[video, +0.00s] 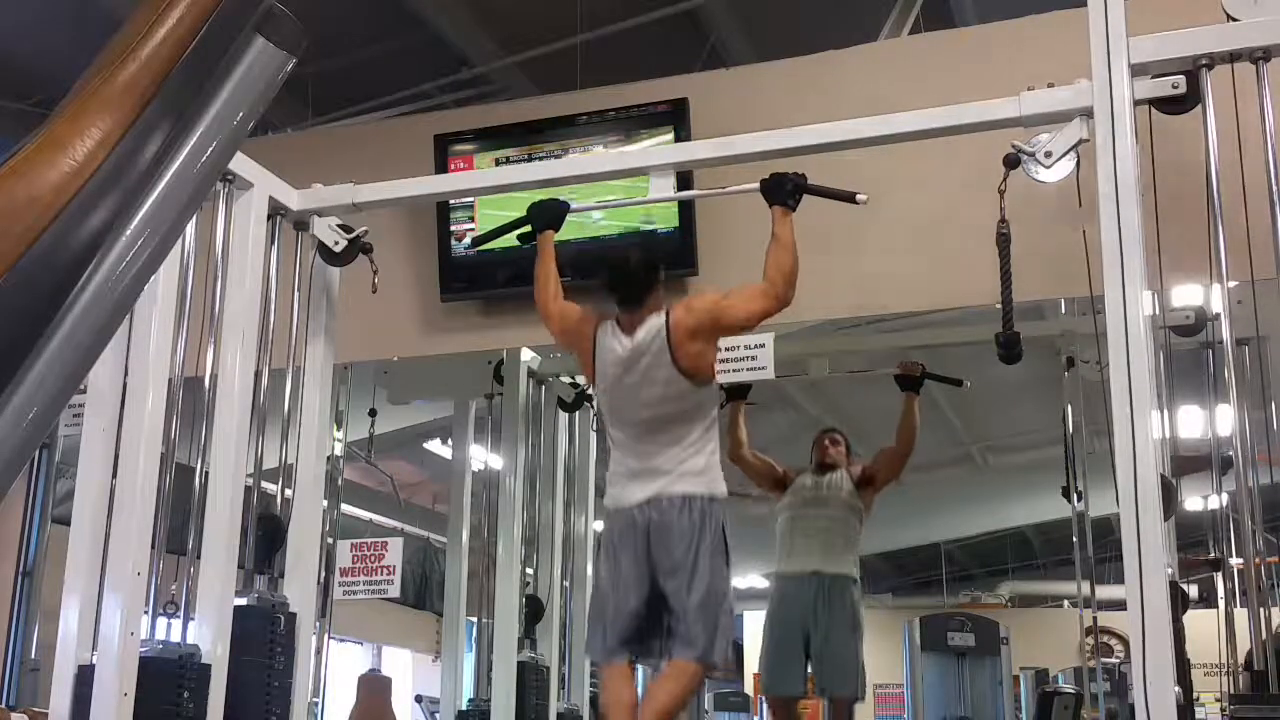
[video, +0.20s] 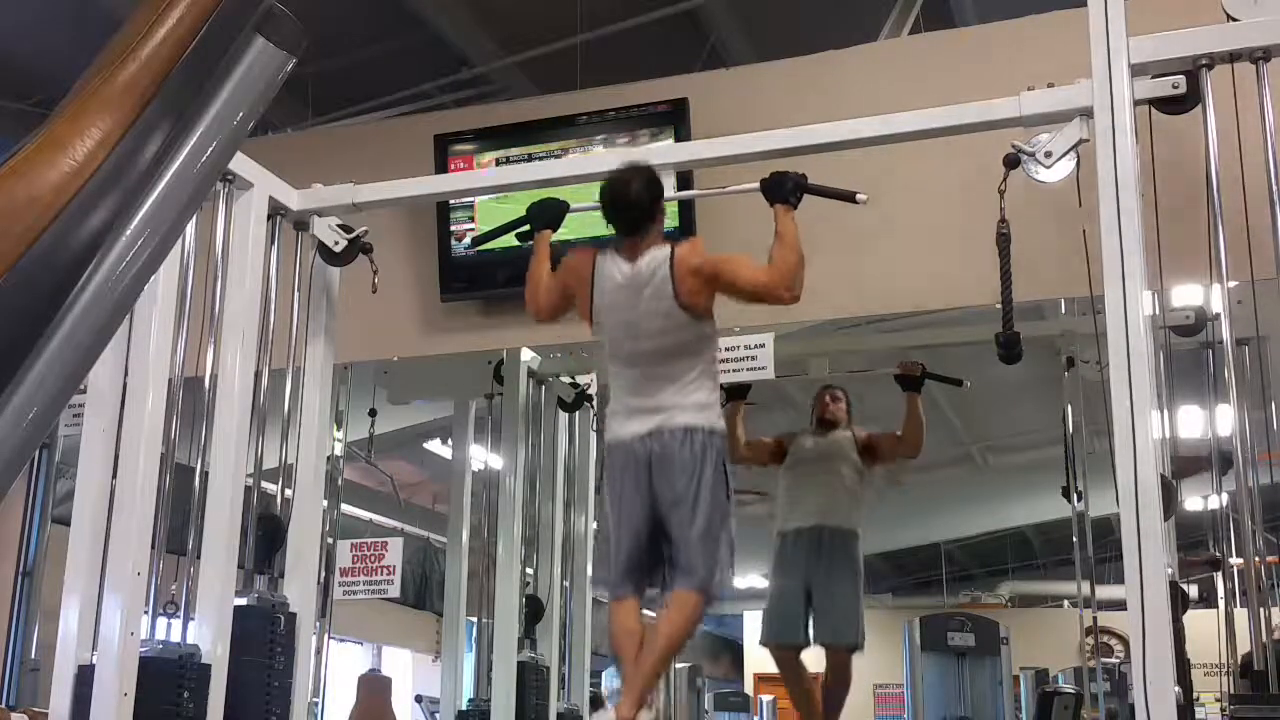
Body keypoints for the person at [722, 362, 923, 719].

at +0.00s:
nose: (828, 445)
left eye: (836, 442)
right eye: (822, 442)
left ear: (848, 455)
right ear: (811, 454)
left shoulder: (860, 480)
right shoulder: (789, 480)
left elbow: (902, 450)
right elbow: (739, 453)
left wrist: (910, 394)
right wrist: (736, 401)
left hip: (839, 589)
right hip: (788, 588)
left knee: (841, 696)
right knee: (779, 694)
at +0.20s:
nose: (828, 400)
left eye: (836, 398)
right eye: (822, 398)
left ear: (848, 413)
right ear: (813, 412)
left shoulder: (859, 441)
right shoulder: (792, 443)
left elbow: (910, 446)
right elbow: (740, 451)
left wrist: (912, 392)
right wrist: (735, 405)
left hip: (839, 543)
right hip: (791, 543)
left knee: (838, 646)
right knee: (781, 643)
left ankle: (829, 717)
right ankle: (811, 715)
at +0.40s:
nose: (824, 365)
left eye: (832, 360)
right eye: (817, 360)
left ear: (844, 372)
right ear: (808, 372)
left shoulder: (863, 410)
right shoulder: (788, 411)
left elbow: (907, 444)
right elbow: (741, 450)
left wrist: (912, 392)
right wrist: (737, 402)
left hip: (842, 512)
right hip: (794, 514)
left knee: (843, 620)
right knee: (788, 615)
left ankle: (833, 712)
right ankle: (830, 709)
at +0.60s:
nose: (826, 396)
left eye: (835, 393)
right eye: (821, 393)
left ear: (847, 408)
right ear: (812, 407)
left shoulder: (859, 437)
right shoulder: (792, 438)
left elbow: (909, 443)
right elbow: (744, 451)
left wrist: (913, 392)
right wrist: (736, 404)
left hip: (840, 546)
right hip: (792, 548)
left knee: (846, 650)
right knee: (795, 650)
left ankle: (845, 716)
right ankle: (831, 716)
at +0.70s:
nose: (828, 422)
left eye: (836, 419)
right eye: (822, 419)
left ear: (849, 434)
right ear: (813, 433)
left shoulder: (862, 463)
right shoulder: (792, 463)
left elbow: (909, 447)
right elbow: (740, 455)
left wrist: (912, 393)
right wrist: (737, 404)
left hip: (843, 572)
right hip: (793, 573)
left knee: (849, 681)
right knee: (796, 681)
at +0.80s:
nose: (830, 445)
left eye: (838, 441)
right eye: (825, 442)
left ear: (851, 454)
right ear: (815, 454)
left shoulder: (861, 482)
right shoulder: (791, 481)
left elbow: (907, 450)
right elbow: (740, 455)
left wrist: (912, 395)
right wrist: (736, 402)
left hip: (842, 591)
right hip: (791, 591)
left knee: (850, 697)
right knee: (789, 698)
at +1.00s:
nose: (826, 463)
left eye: (835, 462)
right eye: (820, 462)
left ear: (848, 476)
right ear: (811, 474)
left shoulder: (859, 499)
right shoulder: (788, 498)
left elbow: (901, 452)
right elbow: (746, 457)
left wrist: (909, 395)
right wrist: (738, 403)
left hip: (840, 613)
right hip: (789, 613)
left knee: (845, 709)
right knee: (784, 708)